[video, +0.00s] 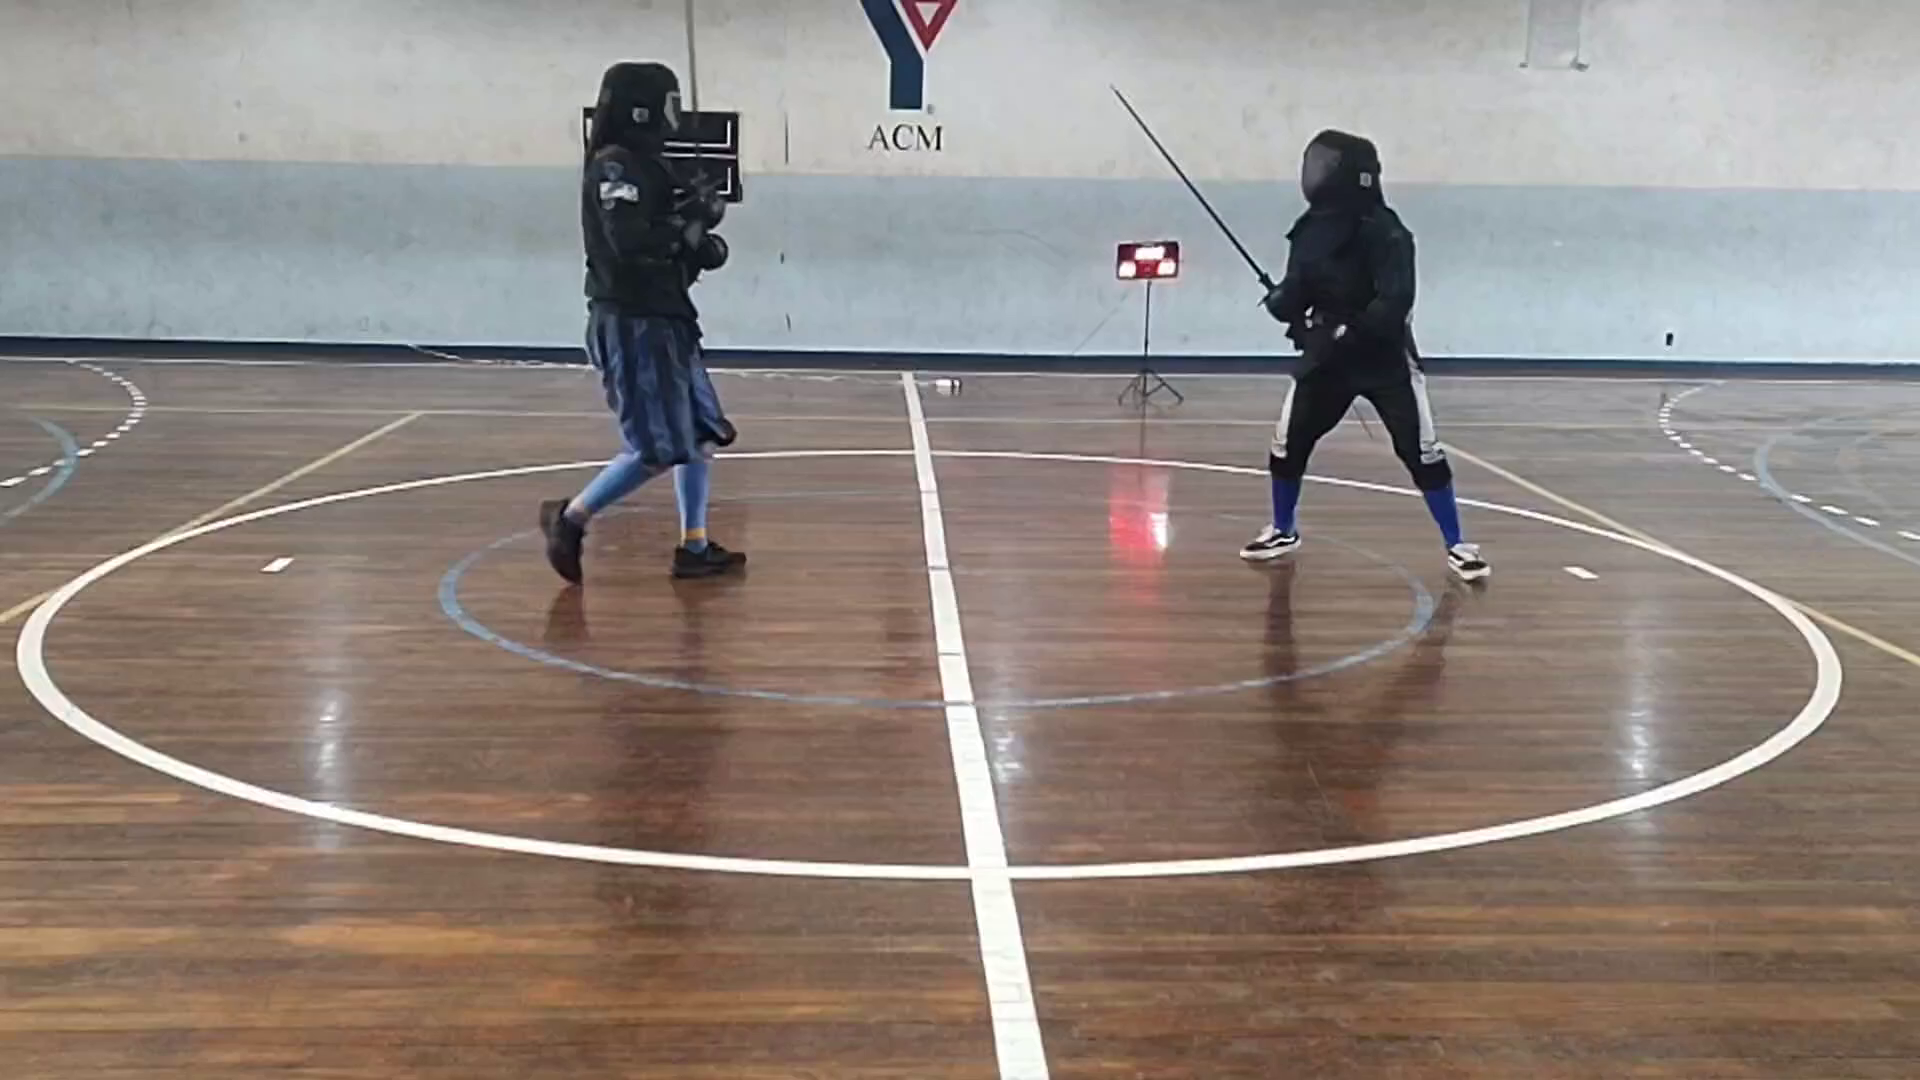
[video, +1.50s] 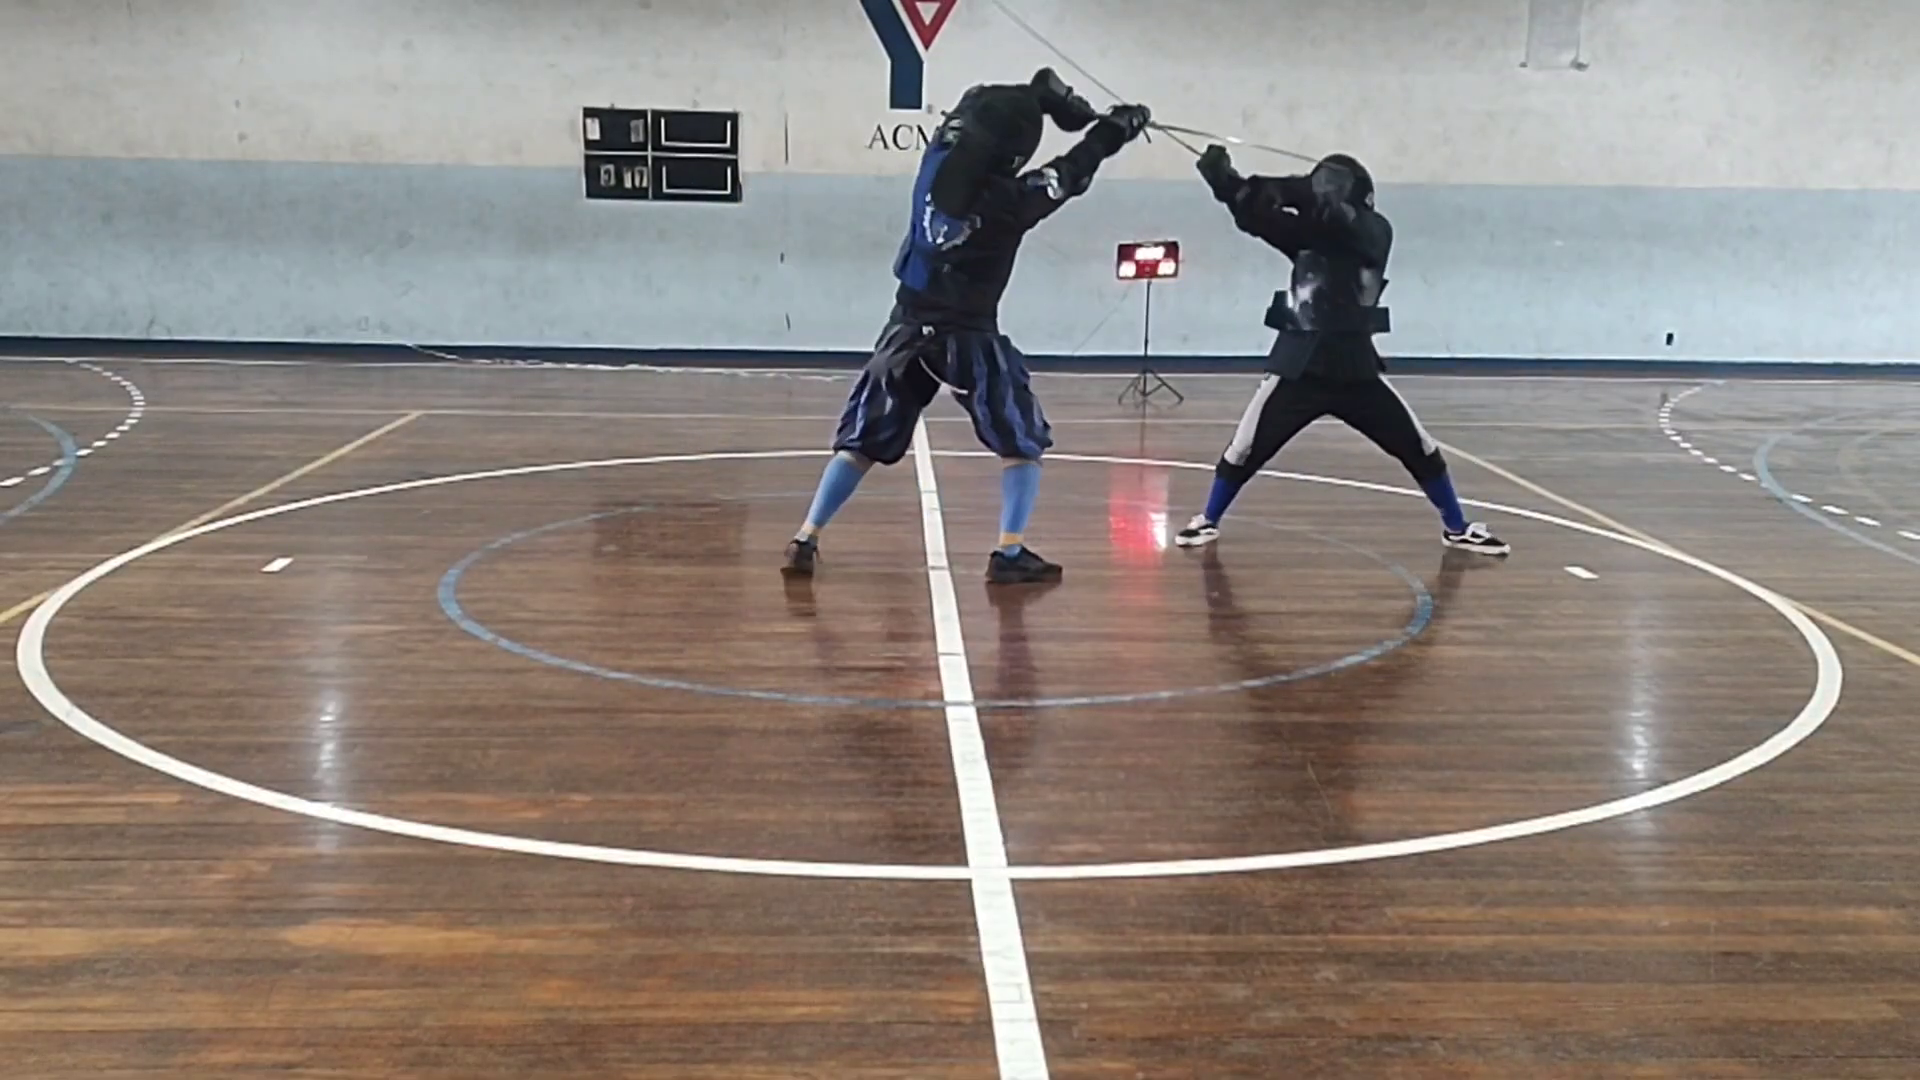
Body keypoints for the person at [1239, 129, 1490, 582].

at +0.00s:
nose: (1305, 172)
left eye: (1315, 163)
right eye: (1307, 162)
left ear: (1345, 171)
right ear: (1325, 171)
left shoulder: (1384, 229)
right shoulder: (1309, 229)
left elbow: (1396, 300)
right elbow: (1293, 297)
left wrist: (1348, 333)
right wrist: (1281, 299)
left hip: (1385, 357)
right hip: (1326, 358)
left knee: (1421, 452)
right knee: (1288, 443)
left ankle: (1457, 545)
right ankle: (1283, 531)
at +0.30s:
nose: (1276, 185)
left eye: (1286, 175)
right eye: (1276, 175)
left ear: (1316, 182)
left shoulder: (1354, 232)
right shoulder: (1285, 242)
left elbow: (1368, 302)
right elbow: (1281, 308)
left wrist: (1320, 342)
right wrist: (1262, 316)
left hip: (1375, 353)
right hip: (1318, 356)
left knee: (1413, 444)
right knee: (1287, 443)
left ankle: (1423, 514)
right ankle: (1272, 530)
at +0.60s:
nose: (1332, 204)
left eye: (1343, 195)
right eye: (1331, 194)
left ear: (1370, 201)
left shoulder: (1402, 252)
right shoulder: (1336, 255)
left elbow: (1427, 316)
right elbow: (1332, 314)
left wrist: (1387, 357)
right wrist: (1322, 330)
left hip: (1411, 371)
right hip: (1358, 370)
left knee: (1442, 459)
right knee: (1314, 449)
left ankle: (1471, 525)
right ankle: (1275, 530)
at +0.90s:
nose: (1365, 190)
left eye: (1376, 181)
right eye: (1365, 180)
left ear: (1402, 188)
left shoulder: (1434, 242)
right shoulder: (1371, 243)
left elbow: (1459, 307)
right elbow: (1367, 299)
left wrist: (1413, 349)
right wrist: (1353, 317)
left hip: (1438, 365)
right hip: (1385, 361)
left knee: (1452, 456)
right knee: (1330, 438)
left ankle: (1473, 525)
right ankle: (1294, 524)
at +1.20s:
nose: (1355, 212)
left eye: (1366, 203)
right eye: (1356, 202)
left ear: (1395, 211)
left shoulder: (1428, 269)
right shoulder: (1352, 260)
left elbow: (1417, 347)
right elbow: (1326, 324)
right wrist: (1309, 310)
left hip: (1407, 387)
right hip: (1346, 380)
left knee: (1446, 467)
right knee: (1276, 435)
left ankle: (1473, 526)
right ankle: (1242, 516)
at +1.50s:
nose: (1322, 194)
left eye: (1330, 185)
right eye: (1318, 186)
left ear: (1351, 191)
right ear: (1312, 189)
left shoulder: (1375, 231)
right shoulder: (1304, 231)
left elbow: (1328, 212)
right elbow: (1256, 216)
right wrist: (1225, 181)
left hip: (1356, 373)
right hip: (1297, 372)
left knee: (1421, 451)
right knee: (1244, 450)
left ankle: (1459, 529)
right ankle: (1208, 521)